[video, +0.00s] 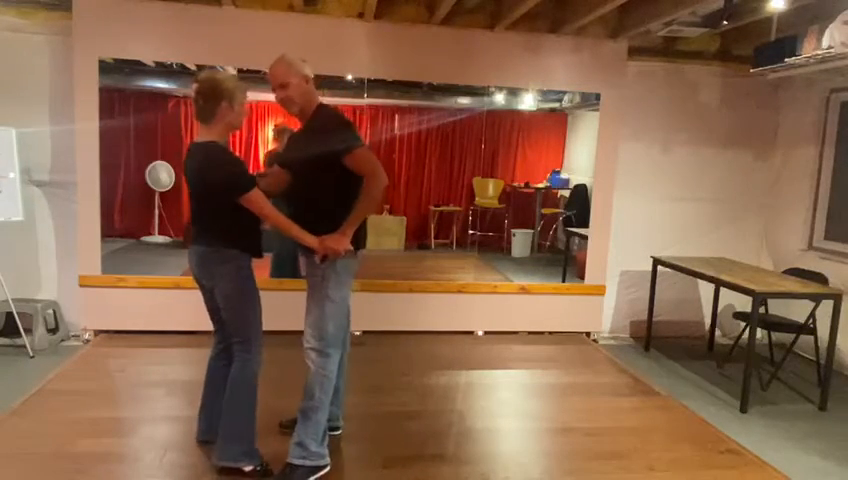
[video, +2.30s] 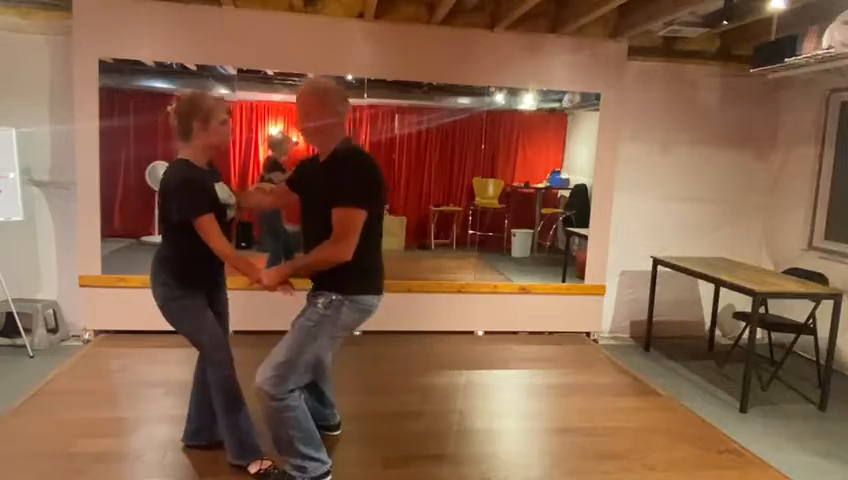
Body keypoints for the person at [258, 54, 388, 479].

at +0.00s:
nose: (278, 95)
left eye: (282, 86)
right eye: (274, 89)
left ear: (307, 80)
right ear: (284, 89)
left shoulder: (332, 125)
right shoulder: (301, 132)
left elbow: (377, 179)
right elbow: (281, 180)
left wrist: (346, 233)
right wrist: (243, 186)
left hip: (333, 252)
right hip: (315, 250)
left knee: (320, 347)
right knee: (329, 340)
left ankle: (310, 454)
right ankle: (328, 418)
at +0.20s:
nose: (275, 98)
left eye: (281, 88)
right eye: (271, 91)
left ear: (305, 84)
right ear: (276, 93)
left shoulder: (329, 126)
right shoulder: (298, 134)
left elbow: (380, 170)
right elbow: (281, 180)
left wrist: (358, 227)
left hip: (340, 251)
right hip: (323, 250)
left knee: (323, 348)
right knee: (331, 342)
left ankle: (312, 457)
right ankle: (329, 418)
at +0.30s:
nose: (275, 97)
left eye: (281, 88)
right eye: (271, 90)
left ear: (305, 85)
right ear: (277, 92)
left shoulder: (328, 125)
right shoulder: (297, 135)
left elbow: (384, 164)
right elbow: (271, 179)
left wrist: (368, 223)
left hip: (343, 253)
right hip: (323, 253)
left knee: (325, 349)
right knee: (327, 342)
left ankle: (313, 460)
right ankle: (326, 418)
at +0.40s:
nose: (277, 92)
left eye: (284, 84)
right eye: (273, 85)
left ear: (308, 84)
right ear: (274, 91)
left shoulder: (333, 124)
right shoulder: (291, 138)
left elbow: (388, 154)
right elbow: (264, 183)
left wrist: (379, 214)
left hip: (344, 252)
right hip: (320, 252)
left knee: (325, 351)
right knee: (318, 340)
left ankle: (313, 462)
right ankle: (325, 416)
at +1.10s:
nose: (312, 136)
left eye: (318, 128)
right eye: (305, 129)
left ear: (334, 129)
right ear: (298, 135)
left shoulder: (361, 166)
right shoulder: (295, 188)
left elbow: (392, 220)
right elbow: (247, 217)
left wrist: (348, 254)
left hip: (367, 279)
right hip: (327, 280)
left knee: (306, 353)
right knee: (276, 343)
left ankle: (313, 467)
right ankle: (322, 419)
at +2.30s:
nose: (299, 123)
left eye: (303, 116)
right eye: (300, 116)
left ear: (314, 118)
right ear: (341, 116)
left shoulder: (356, 168)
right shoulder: (311, 169)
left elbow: (342, 248)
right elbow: (274, 198)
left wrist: (285, 270)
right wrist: (231, 197)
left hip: (349, 294)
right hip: (327, 288)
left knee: (275, 383)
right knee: (307, 352)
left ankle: (310, 470)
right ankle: (324, 417)